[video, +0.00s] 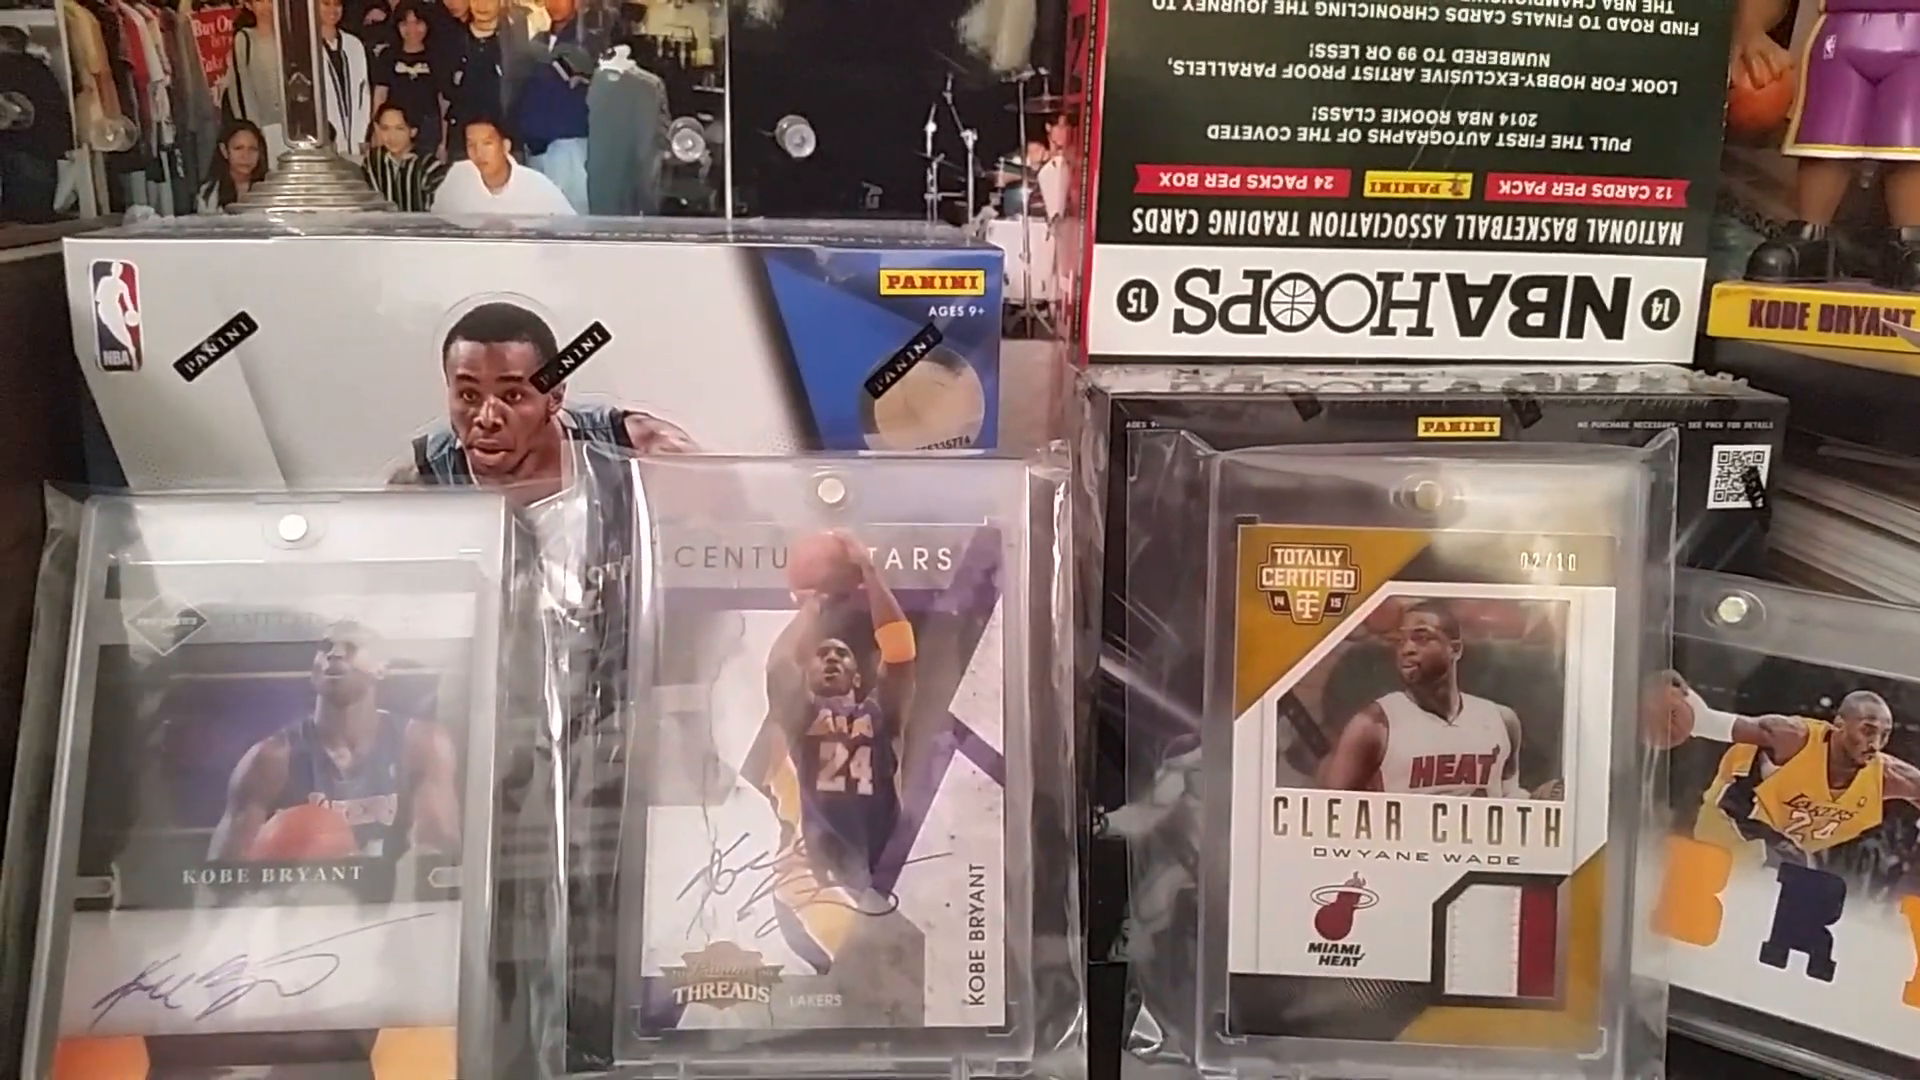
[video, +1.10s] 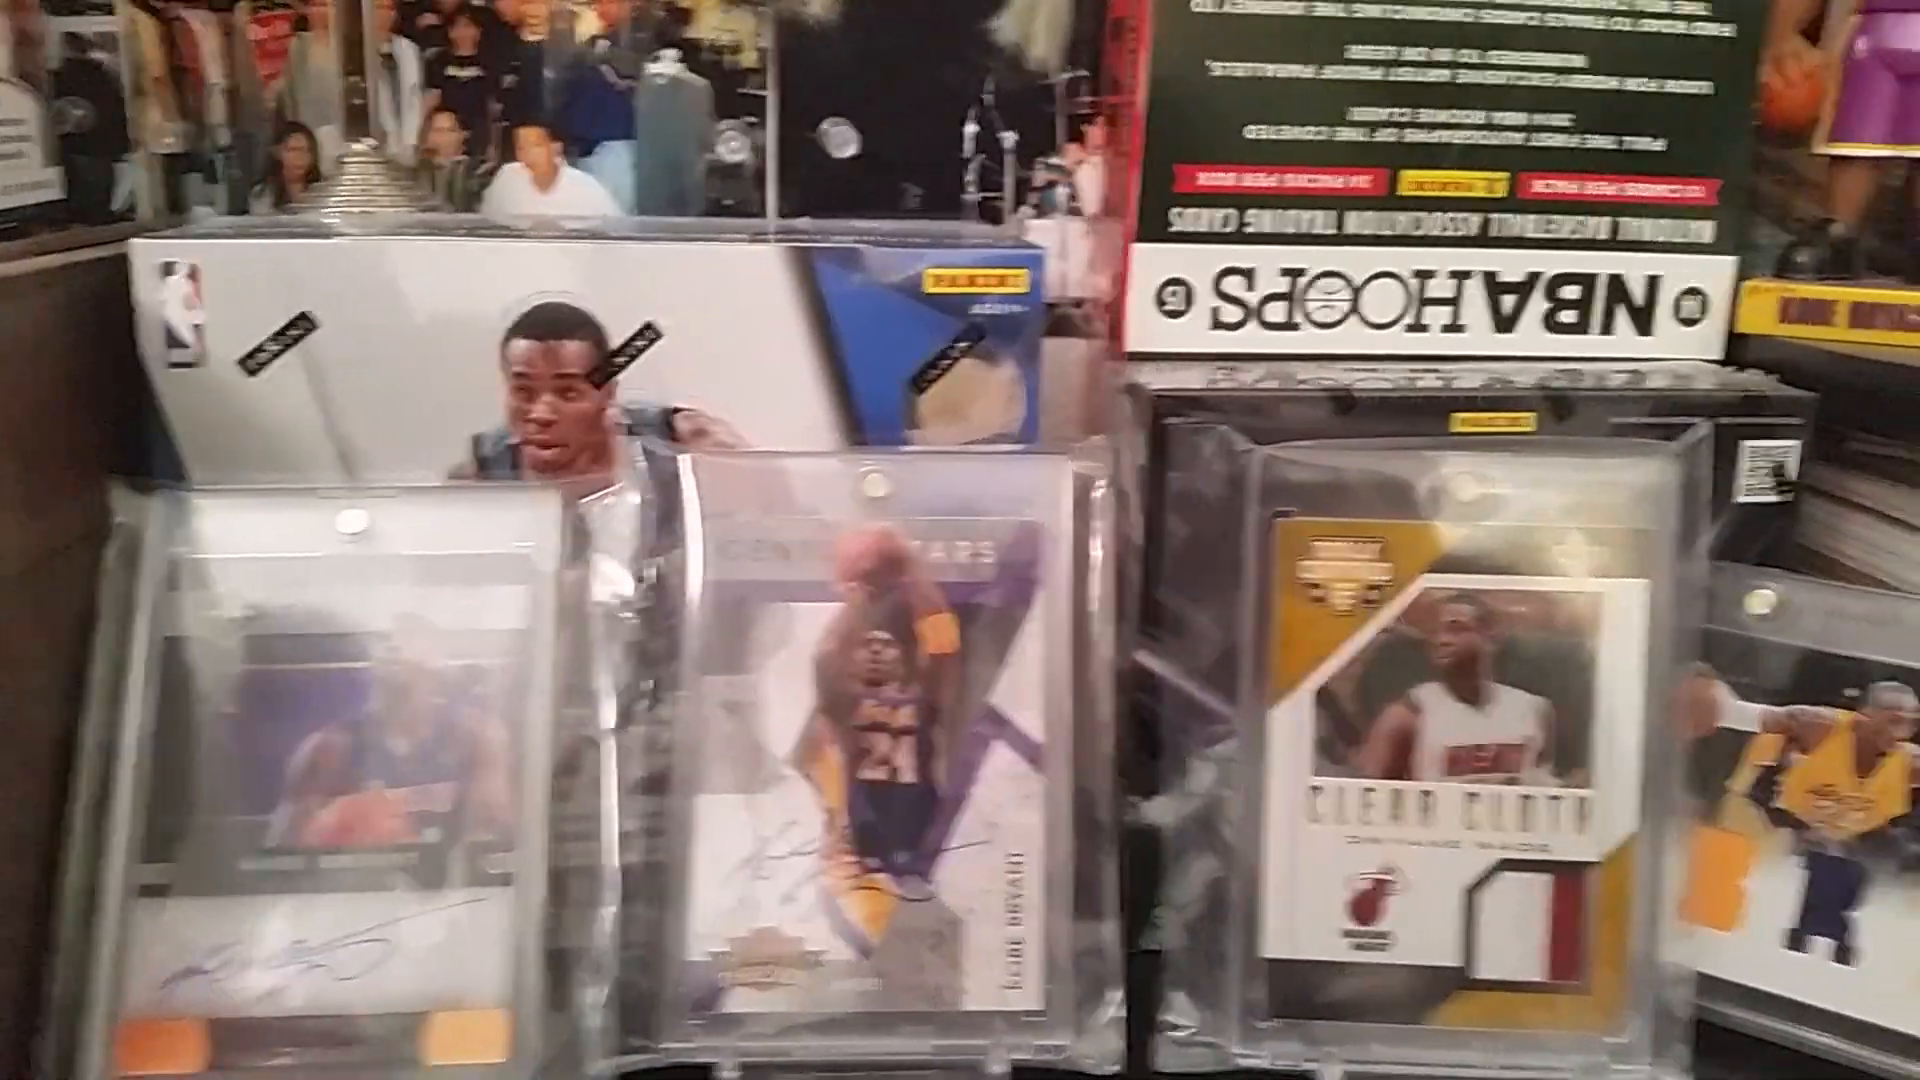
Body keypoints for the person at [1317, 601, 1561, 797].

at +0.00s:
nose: (1406, 649)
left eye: (1422, 637)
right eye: (1401, 640)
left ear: (1456, 649)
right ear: (1394, 648)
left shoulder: (1503, 723)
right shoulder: (1372, 726)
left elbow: (1508, 800)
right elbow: (1326, 816)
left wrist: (1537, 802)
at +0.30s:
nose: (1418, 649)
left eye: (1434, 637)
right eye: (1413, 640)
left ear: (1467, 648)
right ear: (1407, 648)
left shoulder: (1515, 723)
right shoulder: (1383, 726)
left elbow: (1519, 802)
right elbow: (1342, 817)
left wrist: (1548, 802)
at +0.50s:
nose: (1451, 645)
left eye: (1465, 636)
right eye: (1444, 638)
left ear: (1498, 647)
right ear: (1437, 650)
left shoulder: (1546, 720)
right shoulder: (1415, 721)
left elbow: (1554, 799)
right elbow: (1374, 807)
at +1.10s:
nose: (1441, 639)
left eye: (1456, 628)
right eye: (1438, 630)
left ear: (1488, 638)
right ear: (1431, 638)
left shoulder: (1536, 712)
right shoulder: (1406, 715)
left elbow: (1542, 792)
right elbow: (1366, 799)